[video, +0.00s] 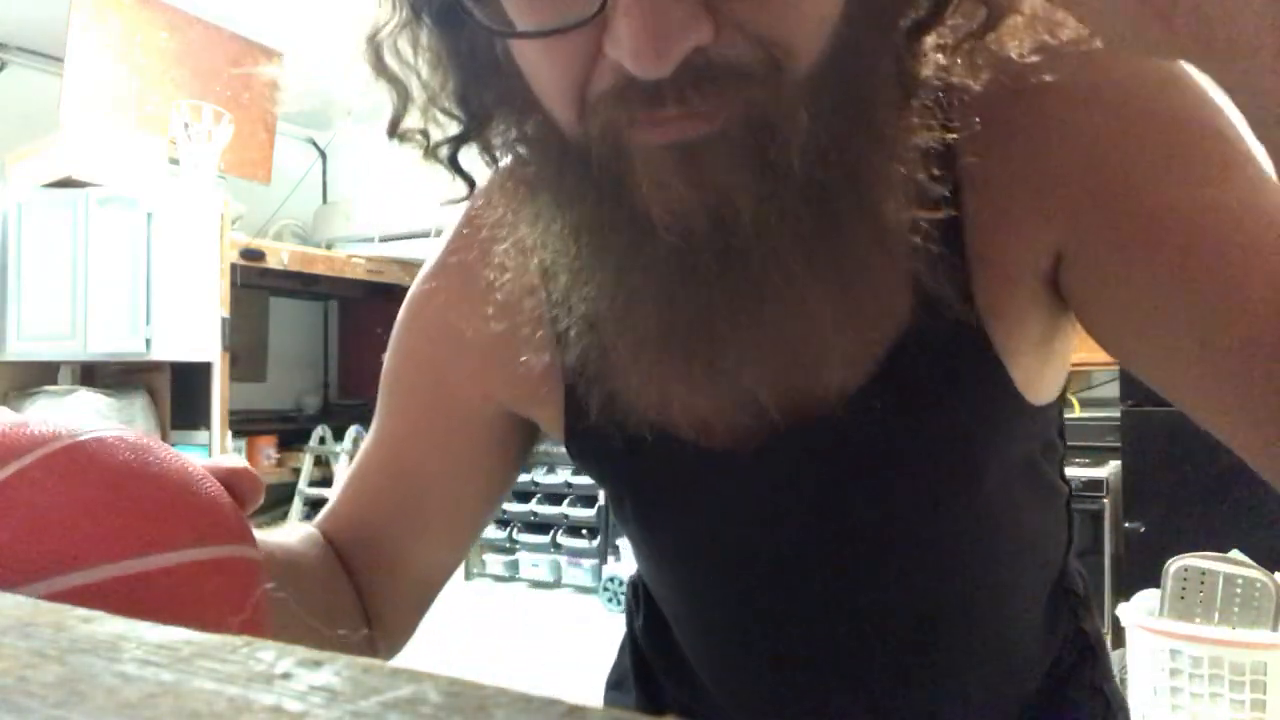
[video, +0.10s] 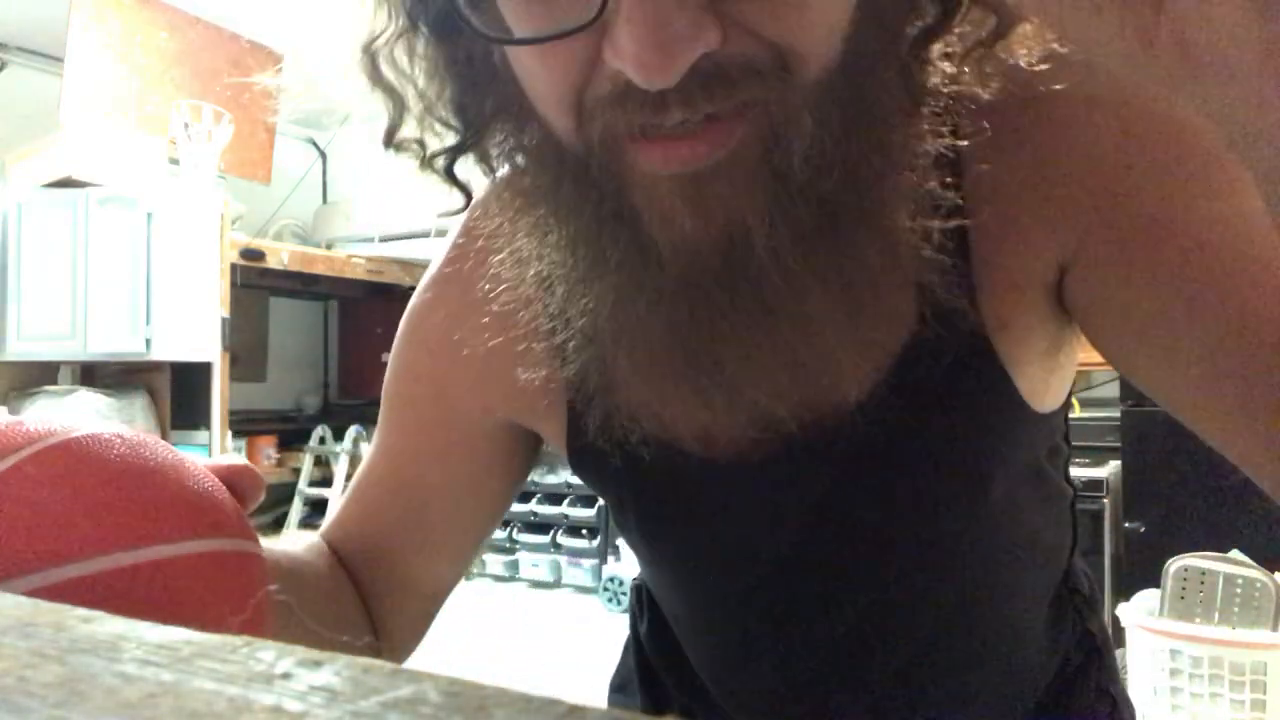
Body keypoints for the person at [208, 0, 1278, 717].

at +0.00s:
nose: (649, 50)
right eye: (552, 8)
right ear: (489, 42)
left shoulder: (1072, 135)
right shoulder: (520, 258)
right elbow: (356, 586)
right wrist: (164, 577)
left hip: (1015, 700)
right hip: (700, 703)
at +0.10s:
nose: (654, 53)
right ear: (482, 32)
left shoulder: (1052, 151)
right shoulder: (520, 265)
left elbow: (1272, 461)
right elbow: (364, 595)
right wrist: (177, 575)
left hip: (1018, 696)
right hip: (705, 699)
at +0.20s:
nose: (649, 69)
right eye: (548, 0)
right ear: (465, 31)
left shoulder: (1058, 172)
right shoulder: (516, 283)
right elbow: (365, 600)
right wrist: (195, 580)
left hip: (1025, 702)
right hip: (709, 705)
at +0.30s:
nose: (642, 104)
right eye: (542, 14)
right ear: (458, 41)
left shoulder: (1047, 195)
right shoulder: (520, 290)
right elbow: (362, 609)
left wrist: (1239, 140)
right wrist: (192, 591)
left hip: (1015, 702)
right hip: (696, 702)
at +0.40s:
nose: (647, 135)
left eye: (736, 6)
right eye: (537, 24)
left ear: (885, 7)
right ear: (447, 61)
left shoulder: (1053, 228)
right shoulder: (504, 338)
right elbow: (355, 624)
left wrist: (1243, 187)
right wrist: (194, 594)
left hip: (1022, 704)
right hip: (699, 708)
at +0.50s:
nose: (654, 146)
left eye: (744, 10)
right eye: (545, 32)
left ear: (892, 10)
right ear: (462, 67)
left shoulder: (1053, 245)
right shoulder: (503, 351)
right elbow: (351, 641)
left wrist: (1234, 190)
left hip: (1021, 702)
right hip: (696, 705)